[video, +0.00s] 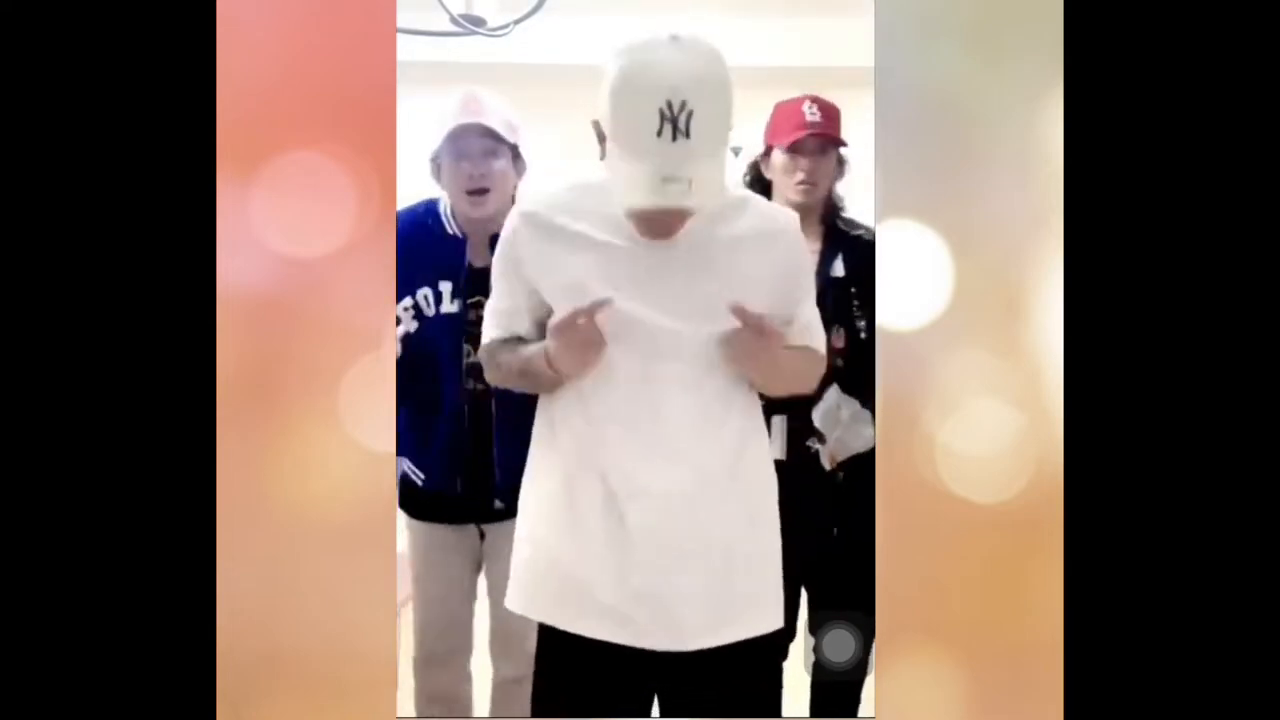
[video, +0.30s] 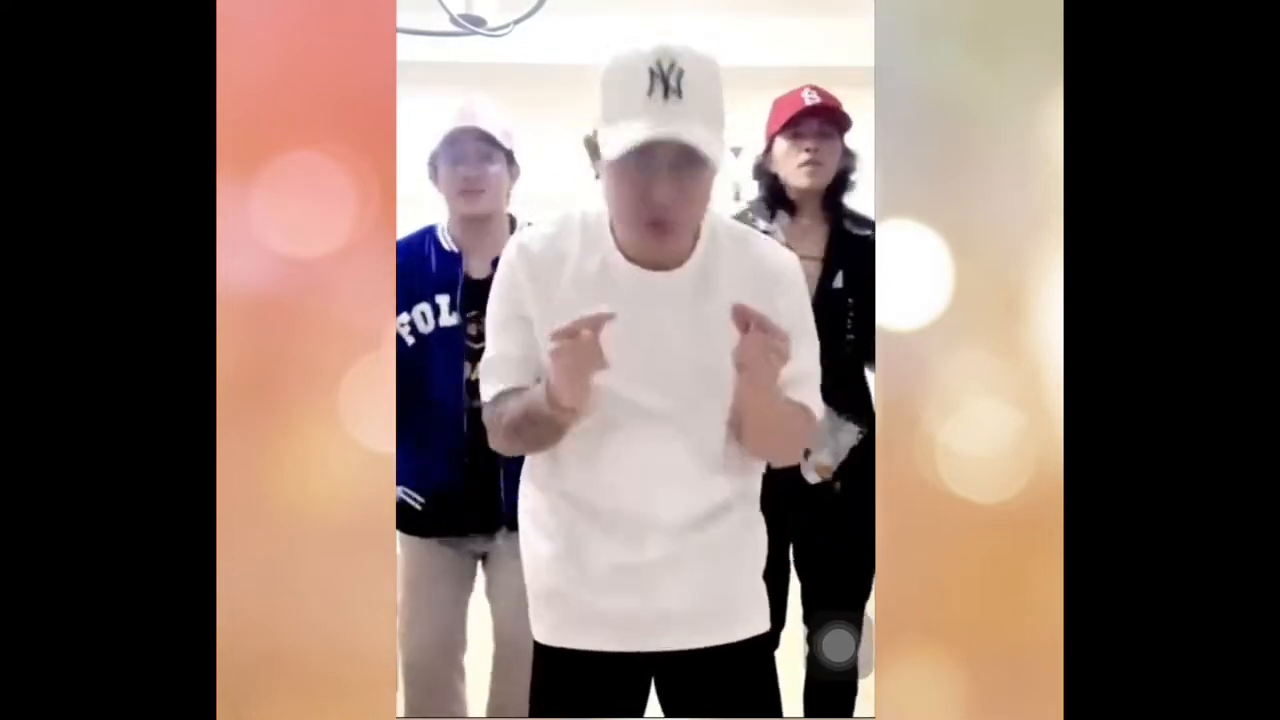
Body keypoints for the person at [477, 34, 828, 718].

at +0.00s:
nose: (663, 219)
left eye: (683, 199)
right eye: (645, 198)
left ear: (721, 149)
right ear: (603, 142)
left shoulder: (769, 233)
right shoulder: (543, 223)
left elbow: (811, 367)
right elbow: (497, 357)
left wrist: (774, 366)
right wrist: (547, 363)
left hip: (728, 598)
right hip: (585, 599)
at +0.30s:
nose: (661, 189)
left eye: (685, 162)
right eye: (638, 161)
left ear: (717, 166)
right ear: (599, 158)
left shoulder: (769, 271)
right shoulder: (535, 261)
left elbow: (787, 448)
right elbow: (502, 431)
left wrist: (758, 388)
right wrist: (558, 402)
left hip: (718, 604)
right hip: (580, 606)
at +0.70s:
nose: (701, 118)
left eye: (719, 97)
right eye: (676, 91)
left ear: (732, 116)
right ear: (623, 107)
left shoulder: (767, 250)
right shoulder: (559, 223)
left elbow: (780, 435)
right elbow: (518, 391)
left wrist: (755, 343)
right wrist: (548, 333)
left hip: (728, 597)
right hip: (595, 591)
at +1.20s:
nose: (616, 100)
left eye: (642, 83)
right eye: (600, 84)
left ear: (686, 106)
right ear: (582, 109)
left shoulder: (767, 223)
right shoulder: (554, 243)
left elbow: (842, 370)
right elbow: (514, 418)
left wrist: (782, 370)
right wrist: (529, 370)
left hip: (746, 589)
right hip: (600, 592)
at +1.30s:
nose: (607, 101)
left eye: (636, 88)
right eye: (594, 86)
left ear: (675, 119)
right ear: (574, 115)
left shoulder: (747, 226)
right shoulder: (543, 254)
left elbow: (858, 359)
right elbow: (481, 417)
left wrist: (775, 367)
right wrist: (488, 370)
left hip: (741, 598)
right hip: (600, 605)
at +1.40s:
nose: (610, 99)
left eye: (638, 88)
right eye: (599, 86)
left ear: (680, 121)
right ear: (579, 116)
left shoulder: (742, 243)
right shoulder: (540, 251)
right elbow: (515, 408)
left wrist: (708, 345)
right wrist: (483, 330)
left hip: (737, 606)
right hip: (598, 607)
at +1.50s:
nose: (617, 90)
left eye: (645, 77)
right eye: (606, 81)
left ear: (692, 111)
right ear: (590, 115)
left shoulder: (743, 226)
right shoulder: (556, 231)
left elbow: (688, 396)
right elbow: (535, 389)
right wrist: (524, 296)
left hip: (724, 585)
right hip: (595, 580)